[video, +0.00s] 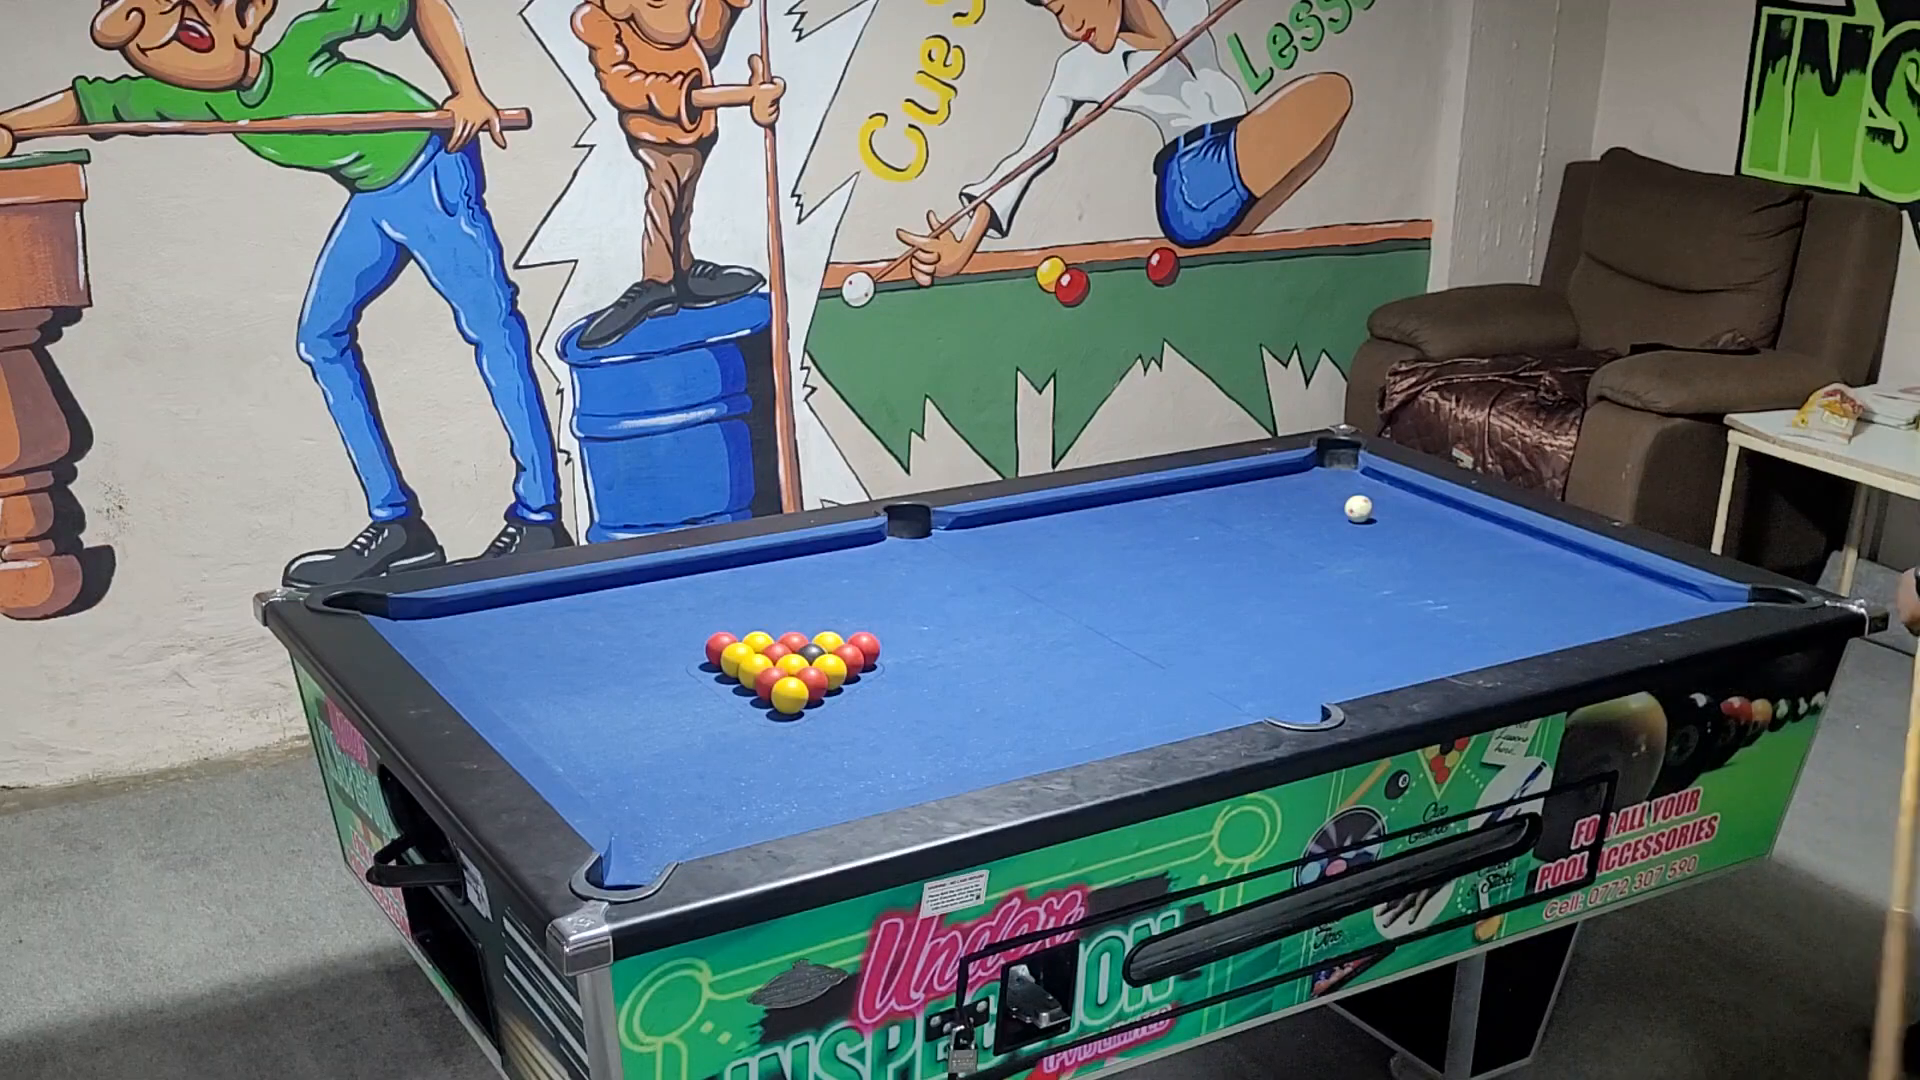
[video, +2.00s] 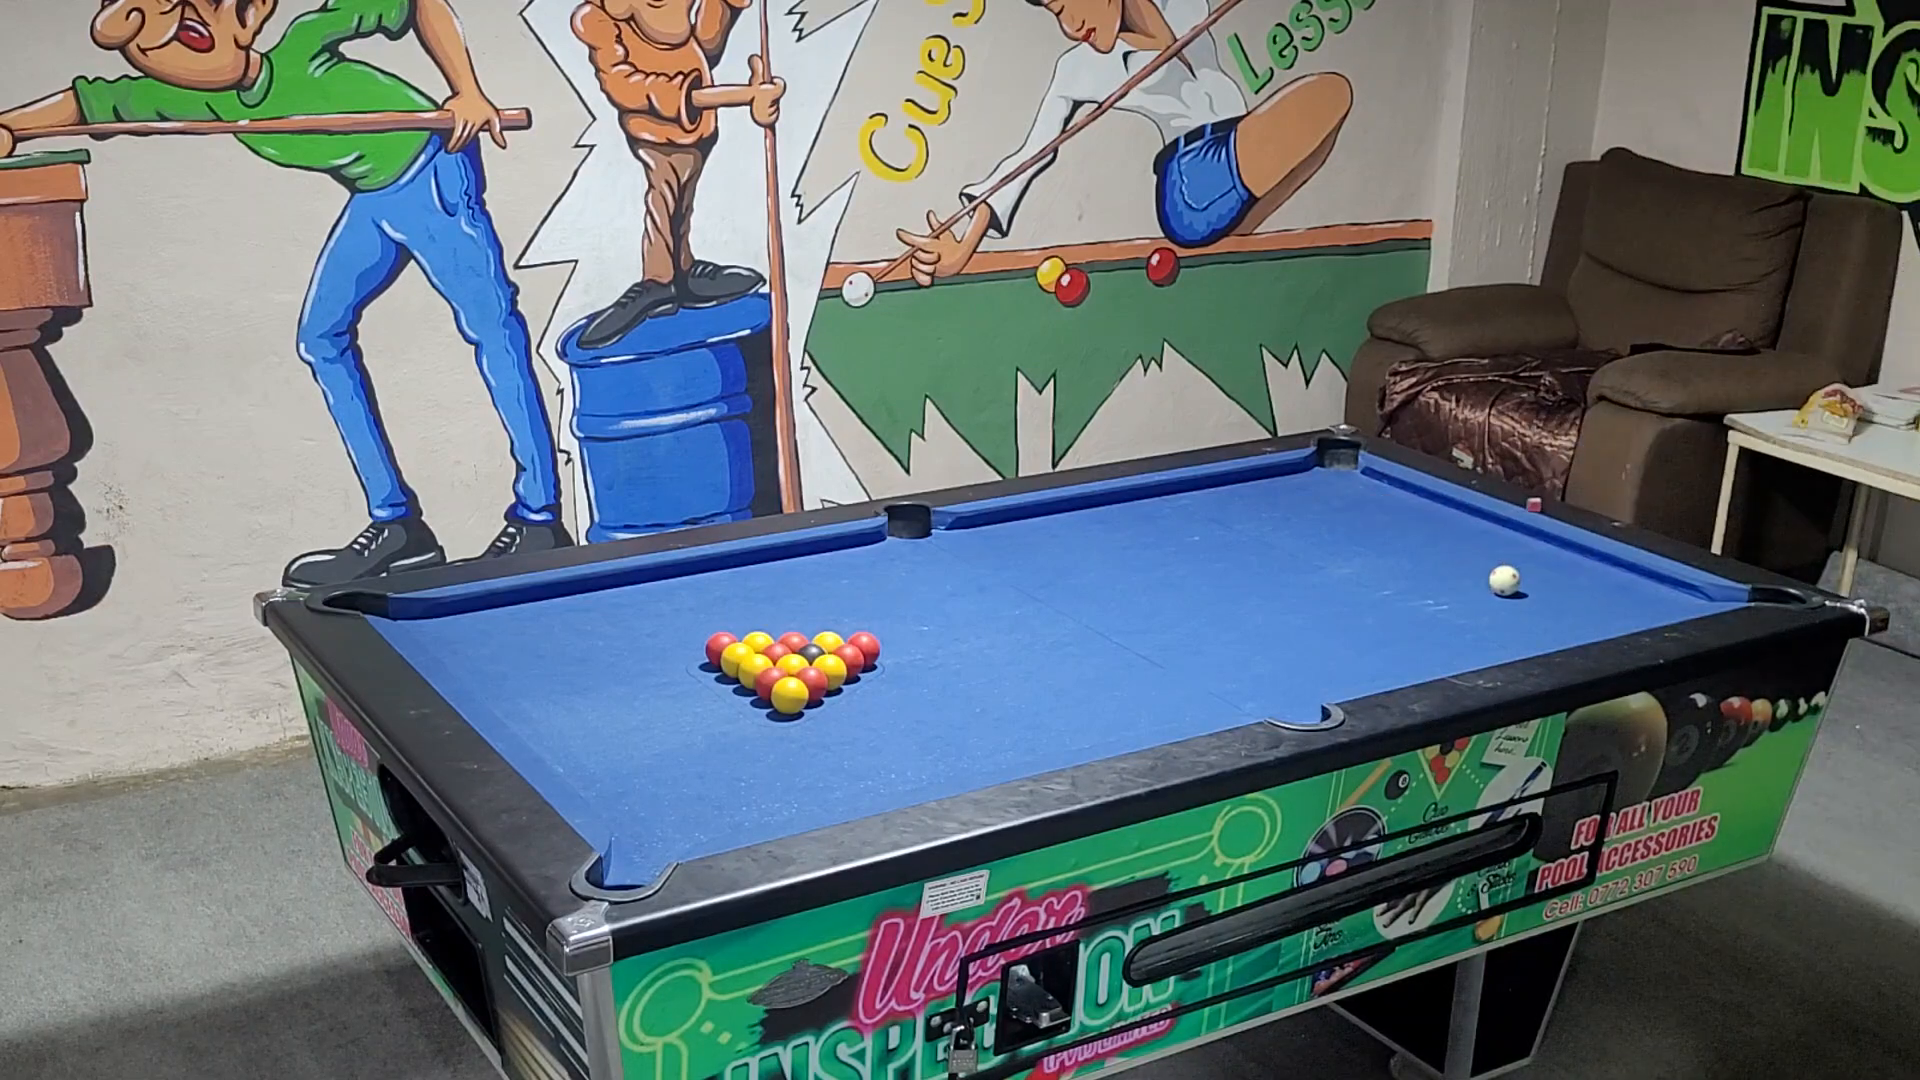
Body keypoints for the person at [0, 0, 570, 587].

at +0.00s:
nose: (207, 58)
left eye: (200, 43)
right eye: (190, 57)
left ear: (221, 22)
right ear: (181, 74)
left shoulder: (299, 37)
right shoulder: (211, 98)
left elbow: (419, 4)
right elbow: (89, 101)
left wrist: (467, 88)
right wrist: (9, 123)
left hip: (426, 165)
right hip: (368, 199)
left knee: (493, 331)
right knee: (322, 338)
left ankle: (540, 518)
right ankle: (397, 523)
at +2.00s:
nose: (209, 57)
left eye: (203, 42)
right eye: (192, 56)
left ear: (225, 23)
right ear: (184, 74)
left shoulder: (300, 37)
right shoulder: (212, 99)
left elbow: (419, 4)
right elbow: (89, 100)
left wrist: (467, 87)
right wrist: (9, 124)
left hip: (426, 166)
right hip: (369, 199)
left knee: (492, 330)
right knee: (322, 338)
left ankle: (541, 517)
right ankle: (397, 523)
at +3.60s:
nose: (206, 51)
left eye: (200, 37)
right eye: (189, 52)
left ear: (225, 18)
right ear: (182, 75)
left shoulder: (301, 37)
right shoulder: (215, 99)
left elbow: (418, 3)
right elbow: (91, 100)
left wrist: (467, 87)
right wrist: (10, 123)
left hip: (426, 166)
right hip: (369, 199)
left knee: (491, 327)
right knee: (322, 338)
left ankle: (540, 518)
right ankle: (397, 522)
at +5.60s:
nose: (208, 58)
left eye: (201, 43)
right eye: (191, 58)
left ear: (229, 22)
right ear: (186, 75)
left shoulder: (301, 37)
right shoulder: (213, 98)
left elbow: (419, 4)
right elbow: (90, 101)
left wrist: (467, 87)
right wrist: (9, 124)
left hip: (426, 165)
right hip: (369, 199)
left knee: (492, 329)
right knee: (322, 337)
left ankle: (541, 516)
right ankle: (397, 522)